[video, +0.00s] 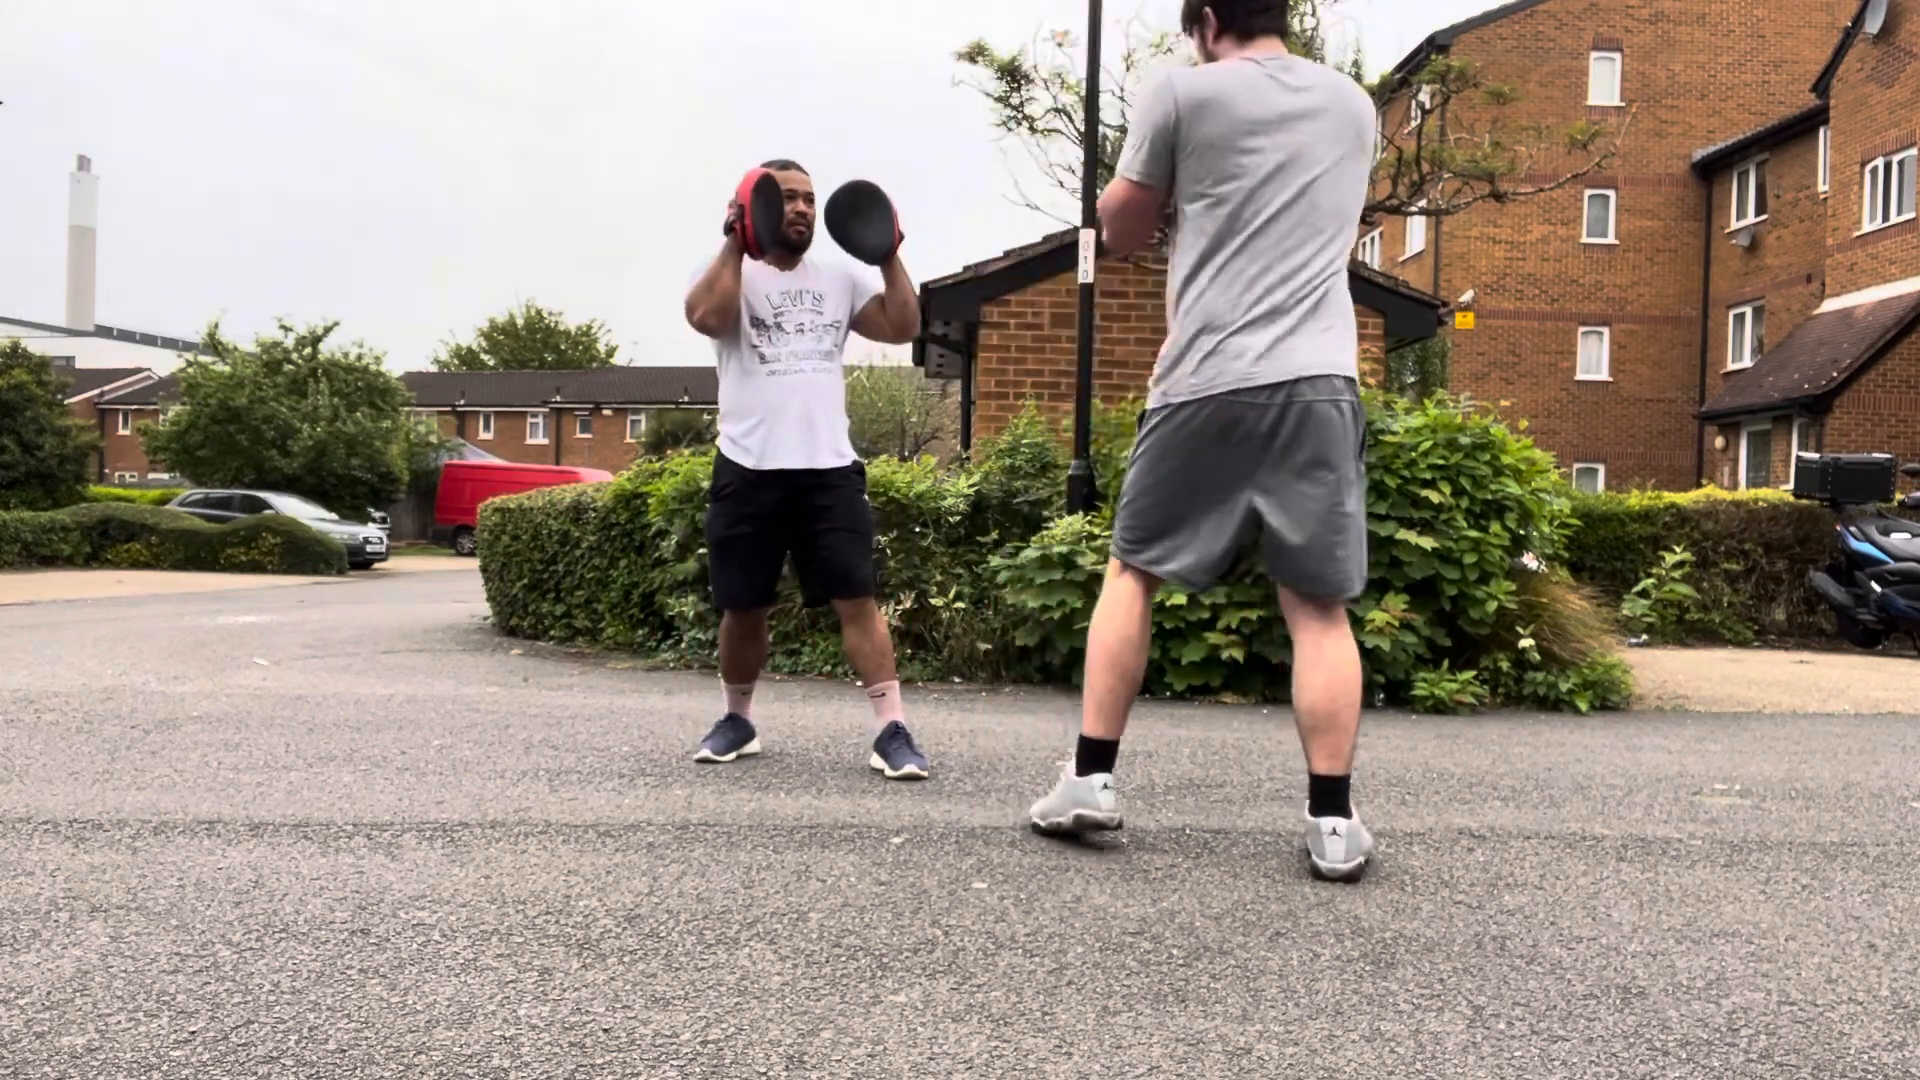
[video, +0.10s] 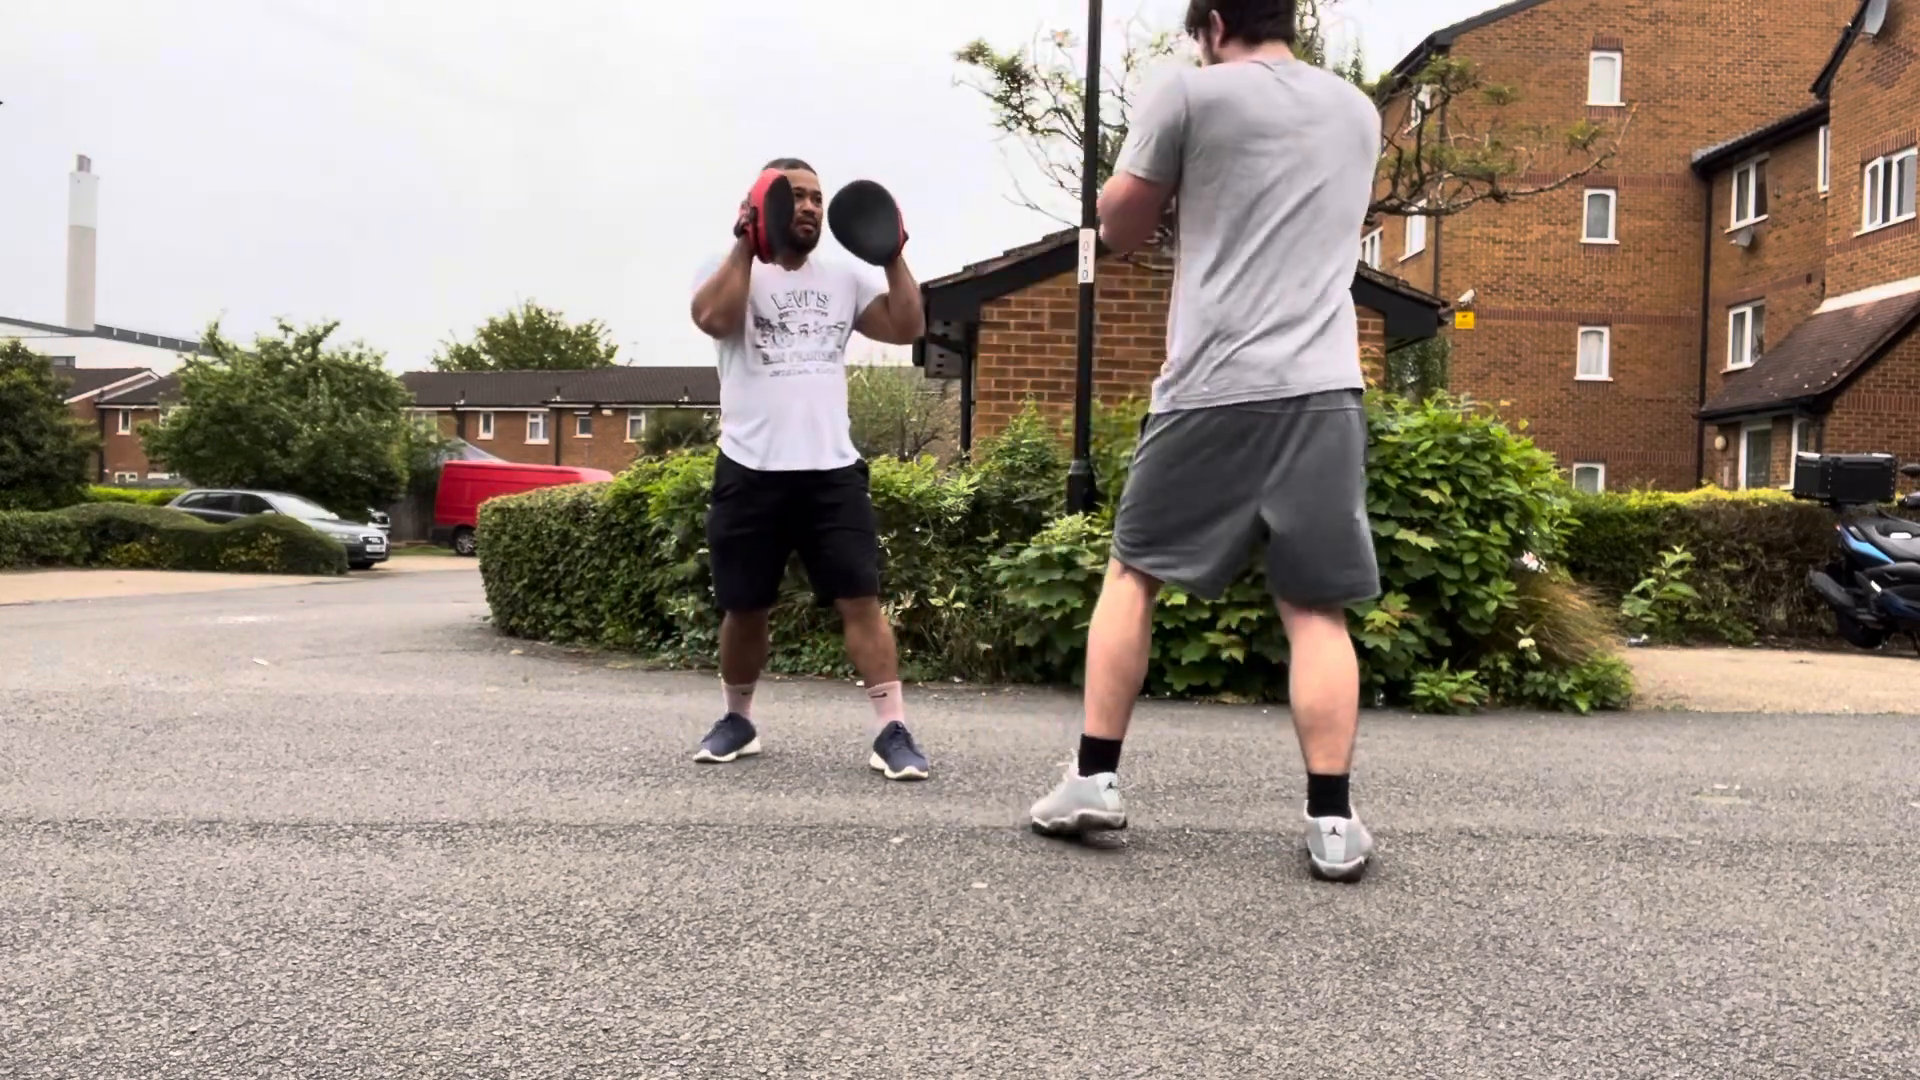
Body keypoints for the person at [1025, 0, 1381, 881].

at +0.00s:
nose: (1188, 41)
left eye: (1188, 28)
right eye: (1191, 30)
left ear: (1206, 21)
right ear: (1284, 20)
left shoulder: (1179, 88)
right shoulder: (1355, 105)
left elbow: (1122, 230)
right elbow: (1322, 212)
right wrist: (1177, 209)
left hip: (1206, 380)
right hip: (1319, 378)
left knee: (1132, 572)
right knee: (1320, 606)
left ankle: (1090, 782)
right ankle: (1333, 826)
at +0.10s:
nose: (1194, 43)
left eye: (1195, 30)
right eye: (1198, 32)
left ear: (1213, 24)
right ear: (1291, 24)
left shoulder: (1185, 89)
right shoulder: (1359, 110)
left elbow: (1122, 222)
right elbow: (1324, 216)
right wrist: (1185, 196)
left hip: (1211, 389)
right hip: (1325, 389)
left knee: (1133, 572)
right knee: (1316, 604)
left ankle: (1094, 781)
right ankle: (1332, 824)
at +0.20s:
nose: (1191, 43)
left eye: (1192, 29)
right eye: (1194, 31)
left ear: (1213, 23)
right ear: (1289, 24)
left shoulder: (1185, 89)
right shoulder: (1358, 112)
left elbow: (1119, 219)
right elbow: (1324, 218)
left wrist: (1134, 229)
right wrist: (1182, 200)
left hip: (1208, 390)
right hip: (1324, 390)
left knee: (1119, 564)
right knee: (1314, 604)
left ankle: (1087, 764)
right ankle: (1332, 825)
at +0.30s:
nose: (1188, 41)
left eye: (1187, 28)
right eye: (1191, 31)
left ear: (1203, 23)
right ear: (1281, 25)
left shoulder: (1177, 97)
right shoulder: (1349, 113)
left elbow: (1106, 232)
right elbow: (1304, 217)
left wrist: (1159, 204)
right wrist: (1176, 202)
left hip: (1197, 390)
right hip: (1311, 392)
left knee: (1102, 559)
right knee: (1308, 598)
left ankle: (1053, 763)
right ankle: (1333, 822)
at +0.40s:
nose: (1173, 47)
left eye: (1173, 33)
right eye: (1180, 36)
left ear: (1185, 31)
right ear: (1261, 30)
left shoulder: (1157, 107)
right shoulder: (1331, 113)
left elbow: (1073, 232)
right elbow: (1279, 201)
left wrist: (1133, 176)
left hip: (1175, 392)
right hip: (1292, 394)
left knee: (1092, 575)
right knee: (1300, 601)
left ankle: (1014, 766)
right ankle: (1333, 823)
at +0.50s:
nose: (1126, 61)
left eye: (1127, 46)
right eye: (1129, 47)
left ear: (1141, 41)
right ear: (1212, 37)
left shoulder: (1104, 116)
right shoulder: (1287, 113)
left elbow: (996, 220)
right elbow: (1300, 247)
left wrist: (1003, 187)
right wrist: (1228, 207)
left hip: (1127, 395)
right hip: (1248, 395)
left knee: (1066, 582)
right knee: (1284, 598)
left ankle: (1006, 779)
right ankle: (1333, 813)